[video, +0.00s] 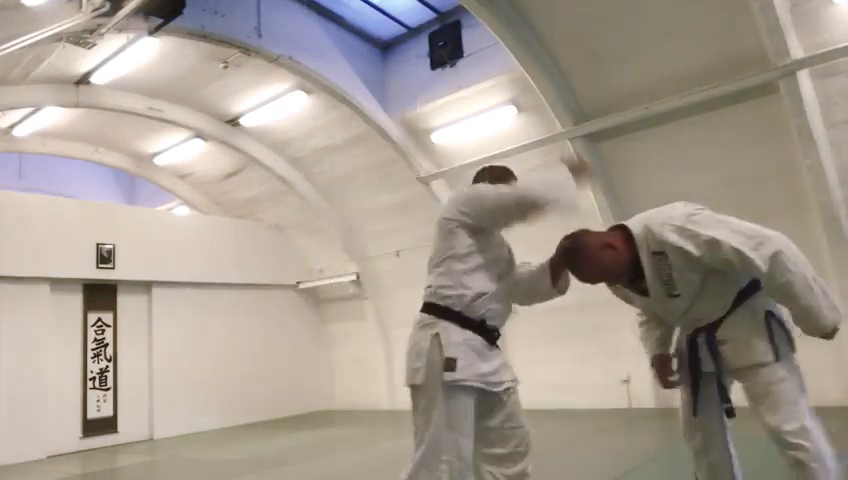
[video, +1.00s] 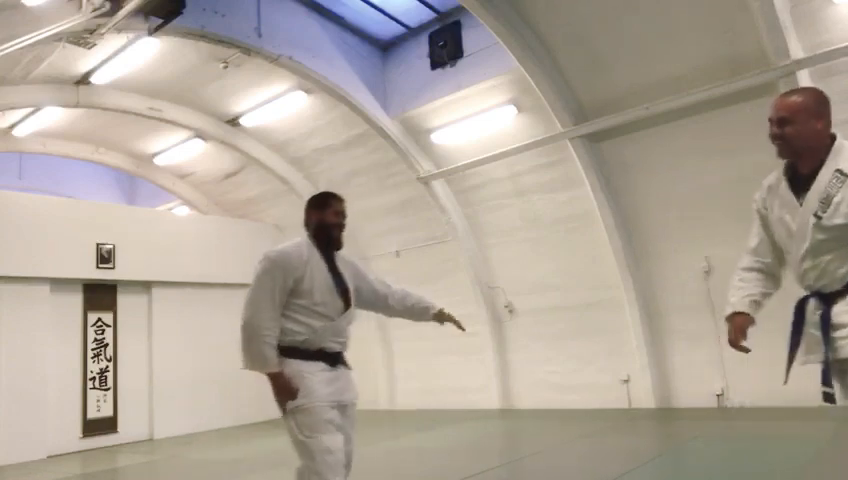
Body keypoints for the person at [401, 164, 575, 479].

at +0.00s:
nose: (513, 197)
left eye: (515, 191)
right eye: (506, 190)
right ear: (485, 186)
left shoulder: (501, 252)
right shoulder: (461, 206)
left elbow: (519, 287)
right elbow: (520, 196)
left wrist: (559, 265)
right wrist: (569, 176)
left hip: (485, 348)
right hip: (446, 338)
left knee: (509, 449)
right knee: (445, 458)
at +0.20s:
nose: (491, 193)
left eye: (495, 189)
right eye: (485, 184)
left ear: (495, 193)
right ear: (463, 181)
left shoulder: (497, 239)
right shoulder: (436, 216)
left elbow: (534, 264)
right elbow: (445, 174)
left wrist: (584, 251)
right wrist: (458, 136)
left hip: (479, 351)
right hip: (430, 345)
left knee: (513, 452)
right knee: (423, 460)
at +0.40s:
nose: (438, 199)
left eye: (444, 194)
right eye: (431, 190)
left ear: (449, 201)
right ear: (412, 192)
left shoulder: (454, 247)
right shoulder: (389, 237)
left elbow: (496, 279)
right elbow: (386, 181)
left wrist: (546, 287)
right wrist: (419, 157)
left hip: (448, 365)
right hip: (396, 364)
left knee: (500, 454)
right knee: (401, 465)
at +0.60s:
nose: (394, 192)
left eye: (401, 187)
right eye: (387, 185)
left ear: (406, 195)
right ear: (371, 188)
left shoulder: (410, 243)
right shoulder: (346, 229)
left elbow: (425, 307)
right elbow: (310, 247)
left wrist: (440, 360)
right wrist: (356, 224)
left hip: (412, 359)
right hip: (363, 359)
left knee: (446, 454)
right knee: (374, 465)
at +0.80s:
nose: (367, 206)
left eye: (370, 199)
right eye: (361, 198)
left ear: (373, 204)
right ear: (338, 201)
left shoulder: (374, 251)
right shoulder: (312, 246)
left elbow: (389, 302)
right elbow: (283, 310)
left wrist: (418, 327)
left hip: (377, 365)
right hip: (335, 366)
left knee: (389, 458)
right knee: (352, 466)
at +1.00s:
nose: (342, 222)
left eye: (343, 216)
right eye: (335, 215)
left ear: (343, 221)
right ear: (310, 219)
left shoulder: (344, 266)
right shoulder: (284, 260)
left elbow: (382, 295)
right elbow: (258, 320)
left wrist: (432, 312)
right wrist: (274, 374)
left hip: (337, 372)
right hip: (300, 373)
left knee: (340, 463)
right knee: (325, 464)